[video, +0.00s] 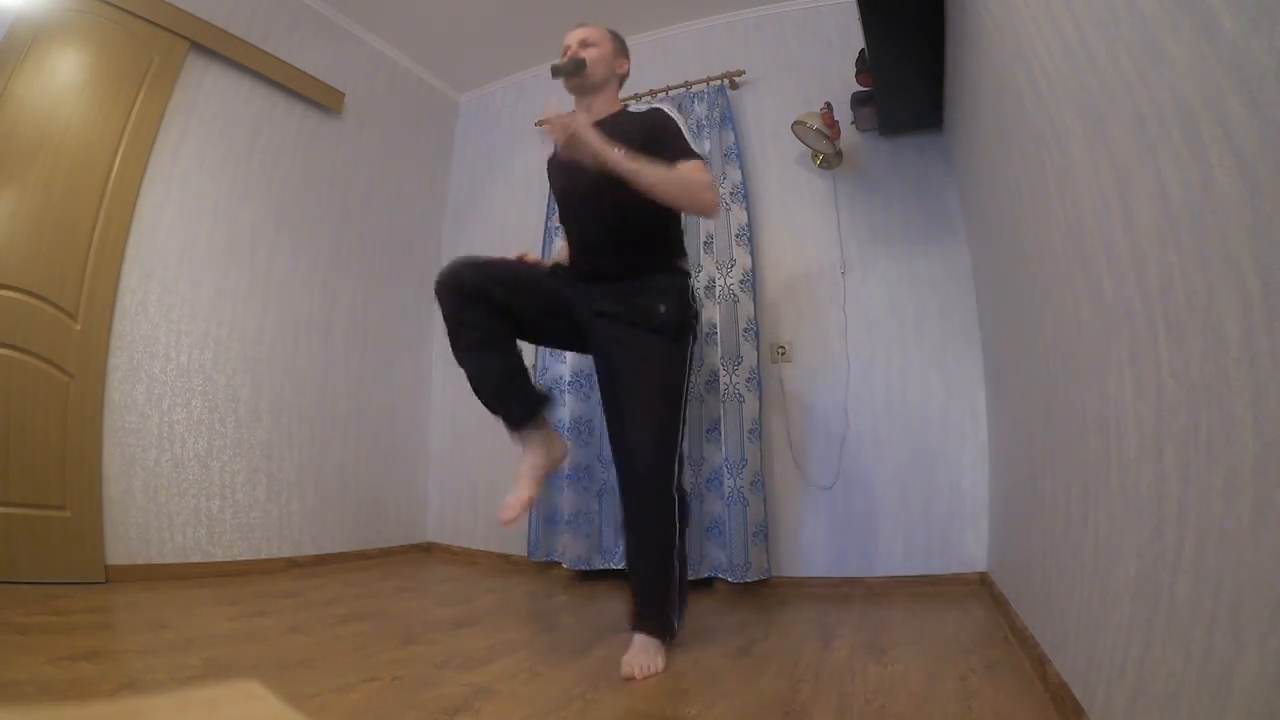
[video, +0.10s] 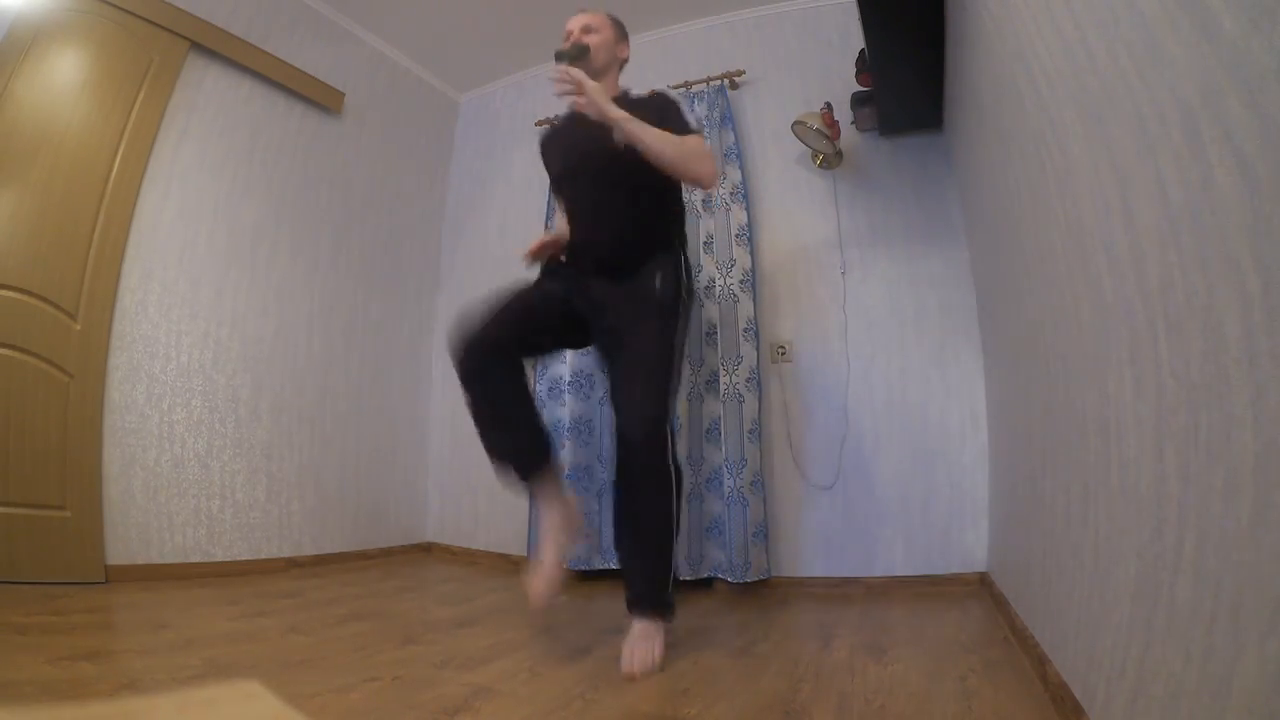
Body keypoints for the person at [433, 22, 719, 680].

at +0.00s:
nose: (572, 49)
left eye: (588, 41)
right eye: (565, 45)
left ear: (622, 65)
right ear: (559, 74)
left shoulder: (650, 124)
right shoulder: (565, 154)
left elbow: (706, 198)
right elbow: (587, 246)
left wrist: (603, 151)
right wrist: (543, 265)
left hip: (647, 309)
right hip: (581, 300)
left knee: (647, 471)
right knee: (462, 283)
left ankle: (650, 625)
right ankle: (536, 439)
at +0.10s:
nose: (573, 35)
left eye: (591, 29)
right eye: (566, 31)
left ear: (623, 54)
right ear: (559, 60)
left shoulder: (653, 109)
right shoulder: (556, 138)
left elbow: (706, 171)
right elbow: (572, 209)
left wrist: (615, 115)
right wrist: (559, 236)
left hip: (647, 289)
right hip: (577, 285)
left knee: (641, 436)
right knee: (481, 346)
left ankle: (648, 612)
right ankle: (550, 498)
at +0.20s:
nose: (582, 33)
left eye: (597, 26)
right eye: (575, 30)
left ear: (627, 47)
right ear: (567, 55)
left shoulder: (662, 117)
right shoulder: (550, 127)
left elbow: (708, 194)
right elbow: (533, 210)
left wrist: (629, 157)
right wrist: (533, 222)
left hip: (640, 256)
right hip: (570, 268)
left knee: (620, 324)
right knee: (563, 431)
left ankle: (643, 509)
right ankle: (596, 593)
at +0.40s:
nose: (567, 43)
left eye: (582, 33)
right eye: (561, 40)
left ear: (617, 53)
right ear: (558, 64)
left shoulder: (657, 113)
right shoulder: (550, 133)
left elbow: (715, 179)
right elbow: (520, 228)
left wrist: (681, 206)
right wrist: (519, 169)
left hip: (647, 263)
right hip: (580, 275)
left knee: (616, 374)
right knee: (533, 417)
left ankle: (645, 543)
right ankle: (578, 580)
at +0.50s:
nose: (567, 53)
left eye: (583, 45)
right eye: (561, 49)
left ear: (618, 65)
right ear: (558, 75)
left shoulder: (651, 123)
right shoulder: (561, 152)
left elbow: (717, 199)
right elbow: (571, 251)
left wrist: (626, 181)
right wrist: (531, 244)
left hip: (644, 298)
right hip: (577, 296)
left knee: (648, 458)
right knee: (463, 313)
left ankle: (656, 612)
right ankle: (516, 478)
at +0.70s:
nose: (574, 31)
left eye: (590, 23)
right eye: (567, 27)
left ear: (620, 45)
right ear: (560, 54)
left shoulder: (653, 108)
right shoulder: (549, 125)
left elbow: (693, 187)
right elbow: (553, 195)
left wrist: (608, 137)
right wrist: (540, 221)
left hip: (638, 263)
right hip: (569, 270)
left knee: (613, 383)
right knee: (516, 410)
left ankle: (640, 559)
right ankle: (570, 567)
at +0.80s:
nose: (571, 44)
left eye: (587, 37)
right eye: (565, 41)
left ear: (620, 59)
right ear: (559, 69)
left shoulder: (655, 137)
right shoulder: (537, 145)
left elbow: (698, 227)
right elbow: (501, 242)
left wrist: (644, 212)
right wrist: (491, 222)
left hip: (639, 288)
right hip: (565, 296)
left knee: (593, 237)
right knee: (579, 456)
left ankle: (619, 437)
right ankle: (603, 613)